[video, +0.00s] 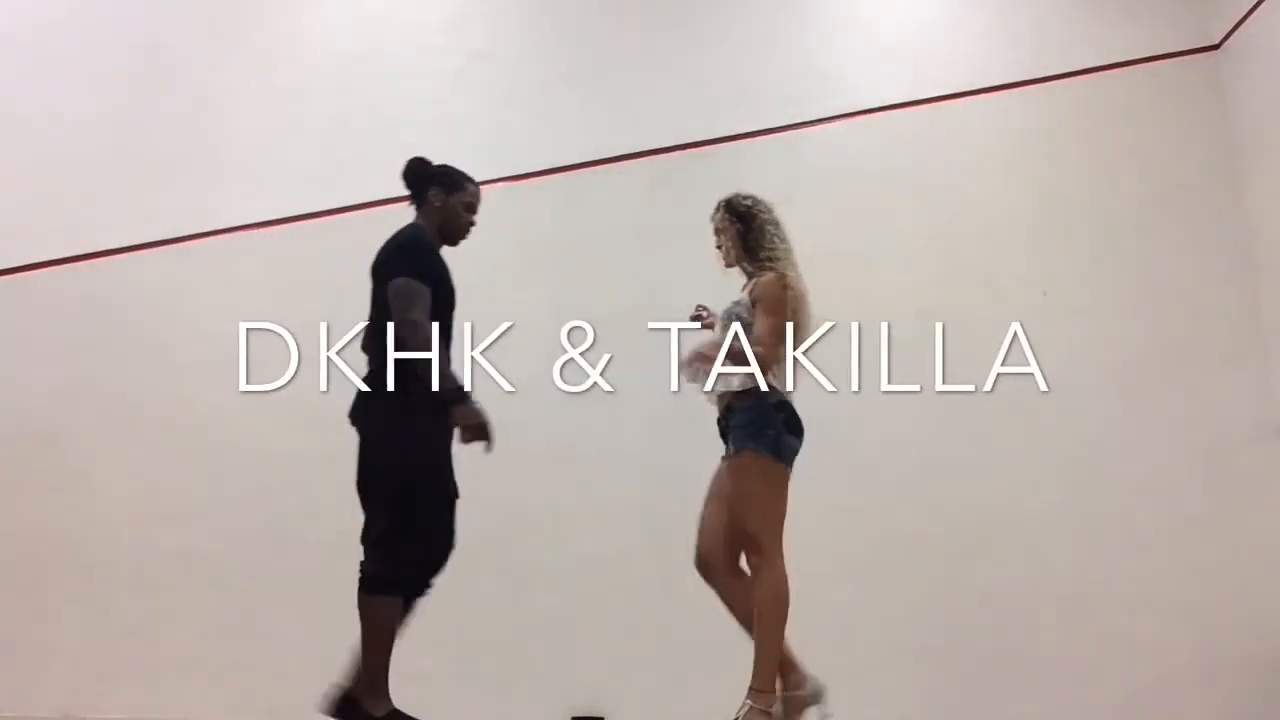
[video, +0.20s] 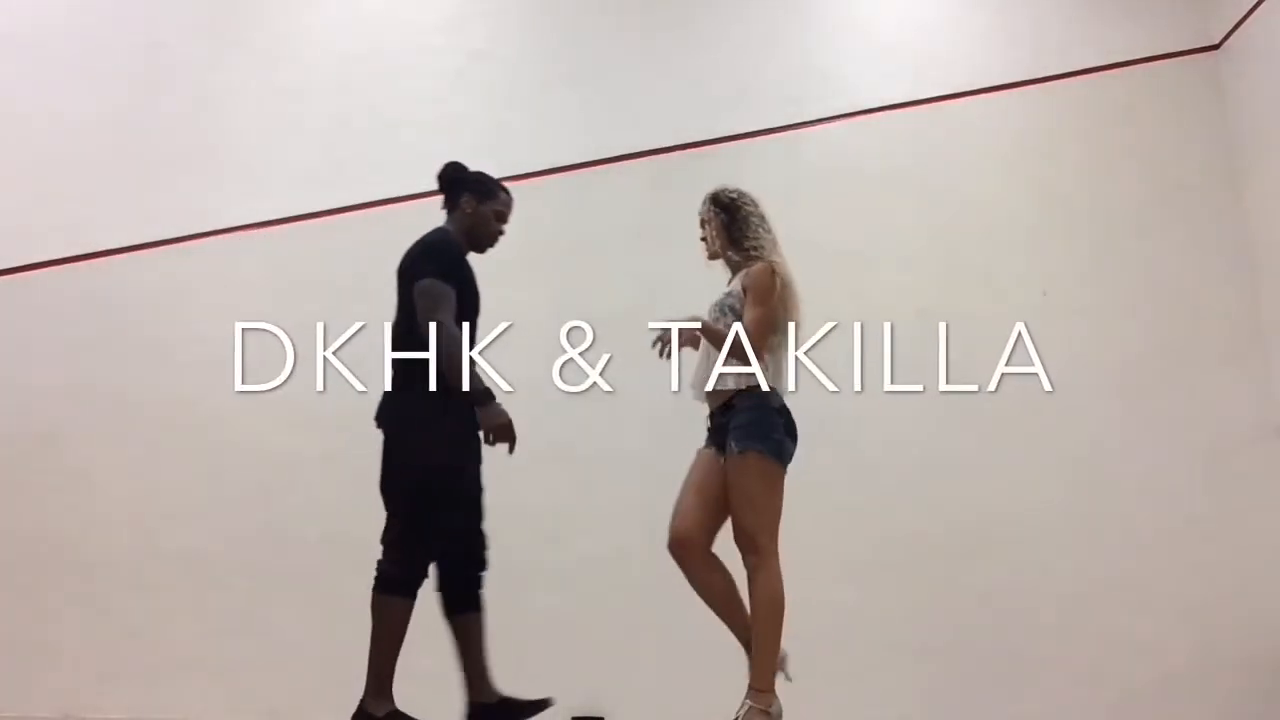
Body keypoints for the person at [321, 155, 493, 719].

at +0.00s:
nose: (474, 219)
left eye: (476, 209)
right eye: (468, 207)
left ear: (437, 204)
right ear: (435, 200)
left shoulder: (418, 253)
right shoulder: (412, 251)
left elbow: (386, 345)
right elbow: (414, 342)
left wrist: (454, 404)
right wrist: (460, 402)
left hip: (413, 429)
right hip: (398, 430)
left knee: (427, 546)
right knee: (395, 549)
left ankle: (361, 688)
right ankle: (371, 696)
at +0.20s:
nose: (502, 229)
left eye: (504, 220)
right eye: (498, 217)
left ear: (471, 211)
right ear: (465, 207)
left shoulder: (448, 260)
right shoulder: (435, 255)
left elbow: (446, 348)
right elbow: (441, 342)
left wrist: (483, 406)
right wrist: (484, 401)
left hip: (447, 435)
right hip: (419, 434)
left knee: (462, 560)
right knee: (406, 560)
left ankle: (483, 697)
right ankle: (376, 702)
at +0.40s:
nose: (527, 239)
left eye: (531, 230)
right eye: (524, 227)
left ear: (496, 221)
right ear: (493, 215)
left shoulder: (480, 267)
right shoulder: (461, 259)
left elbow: (473, 355)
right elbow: (449, 342)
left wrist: (491, 422)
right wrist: (464, 413)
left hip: (479, 427)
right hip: (448, 427)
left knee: (507, 554)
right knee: (426, 555)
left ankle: (490, 696)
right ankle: (379, 698)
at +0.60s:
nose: (548, 255)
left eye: (553, 247)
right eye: (545, 242)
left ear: (529, 235)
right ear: (514, 225)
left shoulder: (508, 285)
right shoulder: (479, 264)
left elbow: (501, 369)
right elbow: (452, 339)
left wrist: (518, 436)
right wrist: (456, 414)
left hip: (517, 438)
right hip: (485, 433)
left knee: (515, 564)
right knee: (471, 555)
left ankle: (488, 701)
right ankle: (387, 690)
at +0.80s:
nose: (563, 262)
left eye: (569, 253)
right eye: (560, 249)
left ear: (556, 245)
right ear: (532, 232)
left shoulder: (534, 301)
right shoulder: (489, 269)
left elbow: (528, 381)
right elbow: (457, 347)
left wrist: (542, 440)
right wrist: (470, 417)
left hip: (533, 441)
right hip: (499, 435)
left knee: (524, 564)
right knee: (514, 557)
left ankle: (489, 699)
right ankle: (443, 684)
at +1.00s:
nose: (575, 261)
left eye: (581, 253)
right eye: (570, 249)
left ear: (575, 248)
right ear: (541, 233)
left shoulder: (553, 308)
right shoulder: (498, 269)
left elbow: (557, 387)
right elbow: (460, 341)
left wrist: (585, 453)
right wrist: (467, 413)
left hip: (541, 439)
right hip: (503, 431)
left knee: (533, 563)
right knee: (519, 546)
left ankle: (491, 696)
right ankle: (461, 671)